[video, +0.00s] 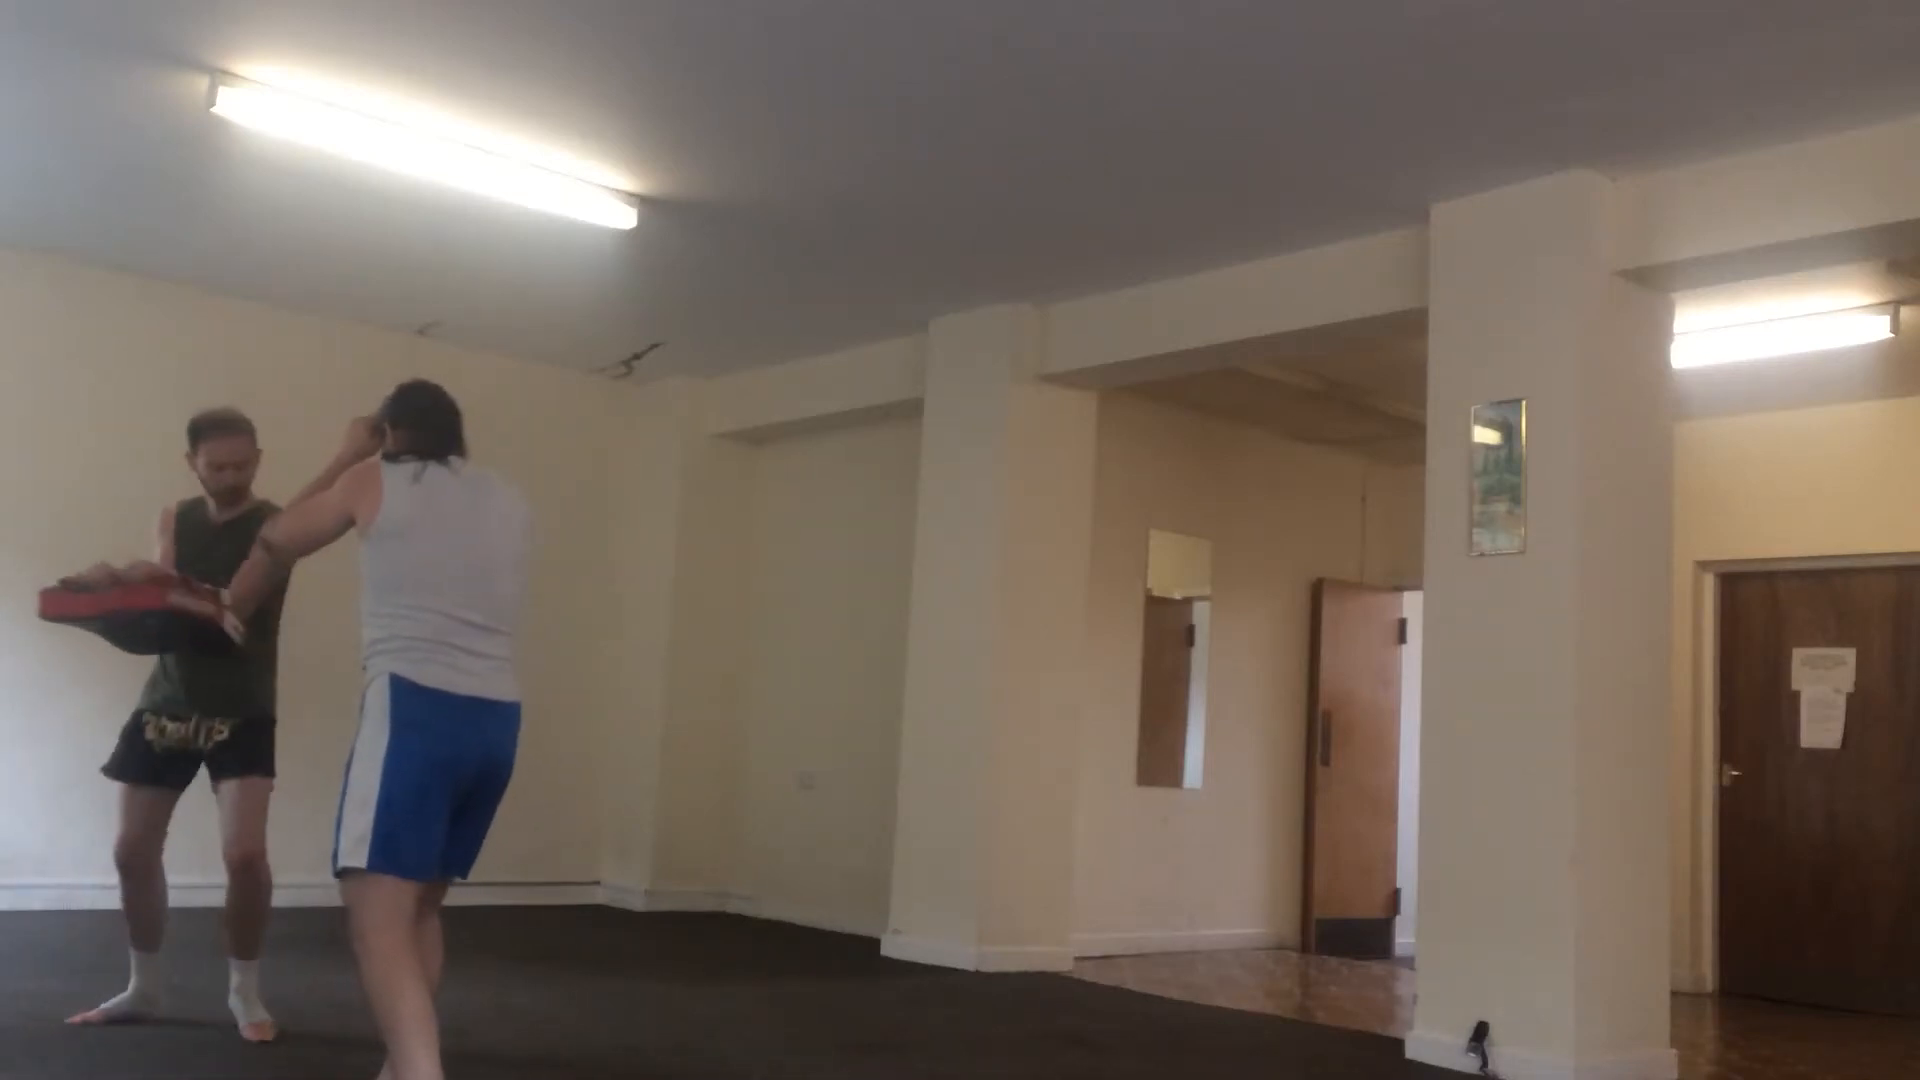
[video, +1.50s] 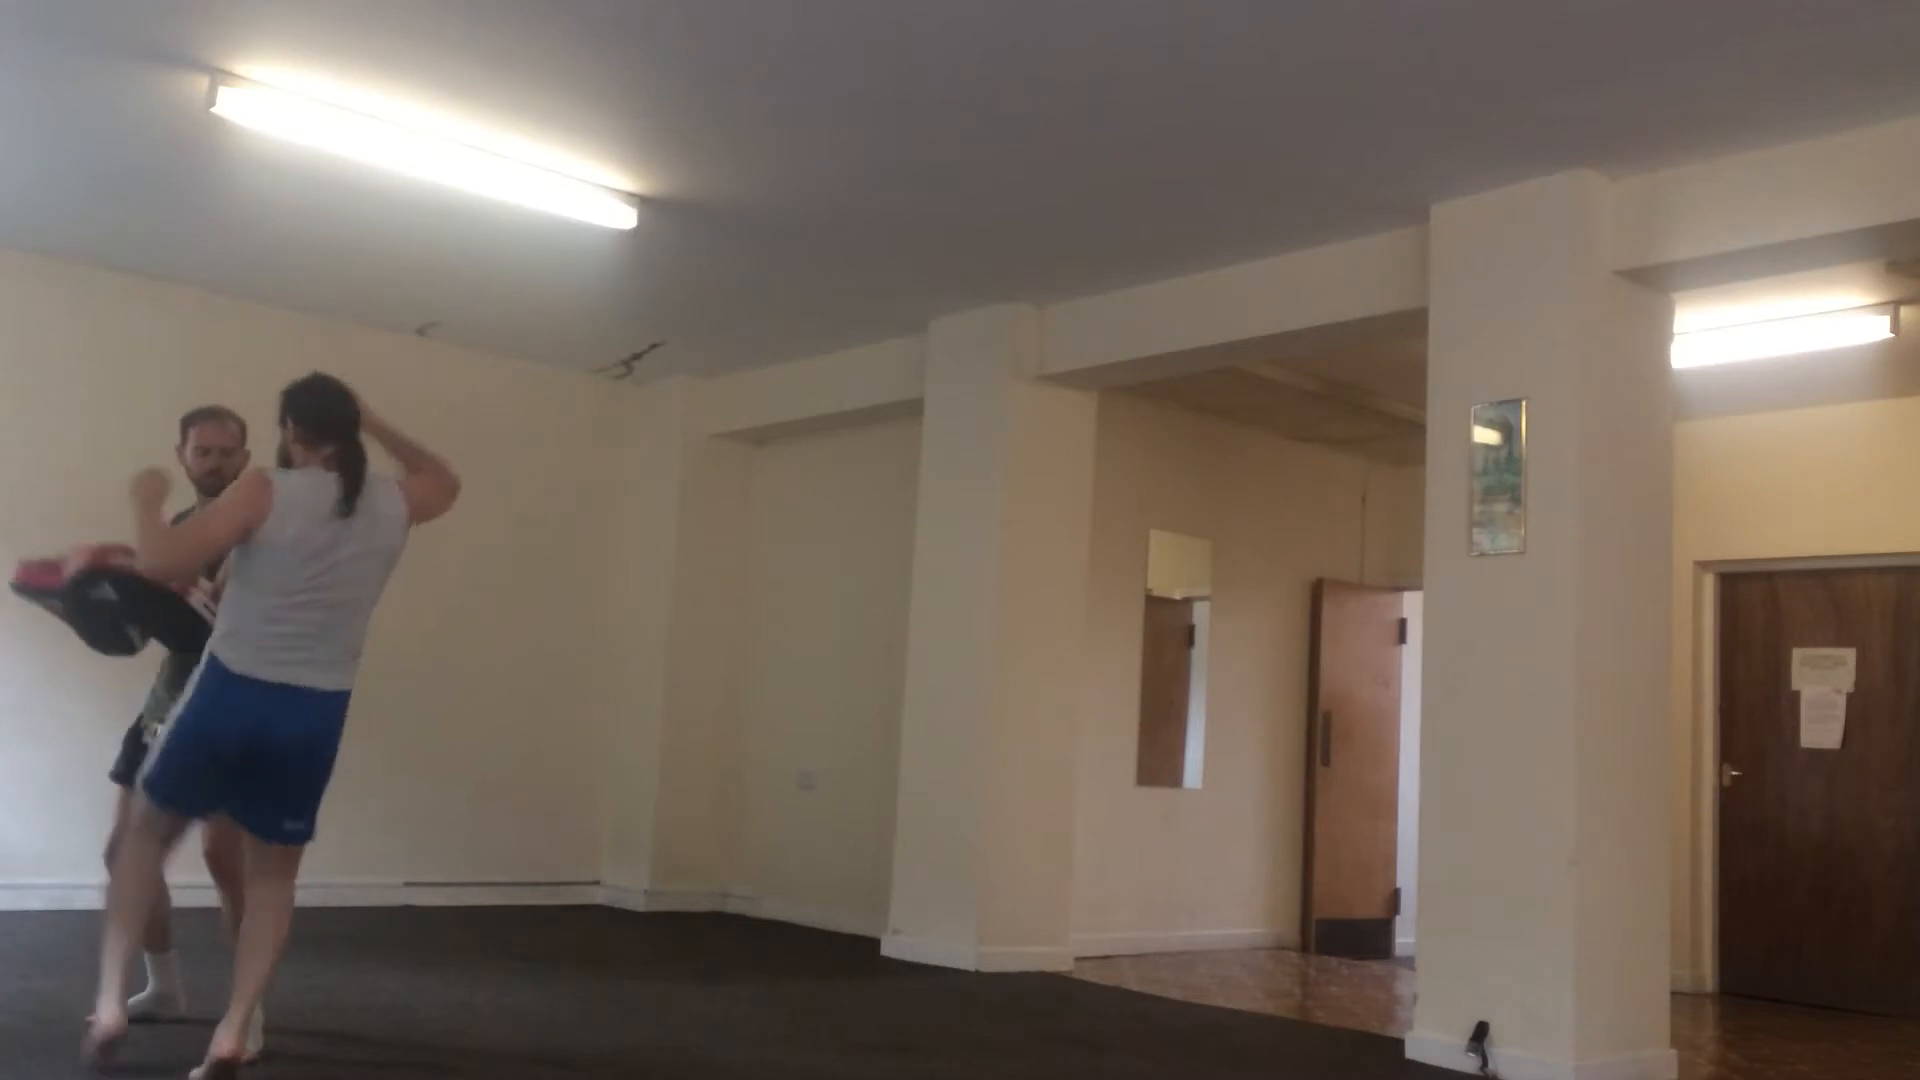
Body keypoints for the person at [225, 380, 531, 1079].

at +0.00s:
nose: (376, 437)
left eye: (380, 430)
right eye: (380, 429)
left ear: (390, 434)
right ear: (458, 436)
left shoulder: (375, 481)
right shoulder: (510, 501)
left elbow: (280, 535)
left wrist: (341, 463)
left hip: (409, 714)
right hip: (494, 723)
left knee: (378, 921)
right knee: (423, 908)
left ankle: (421, 1071)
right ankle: (405, 1062)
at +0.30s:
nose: (372, 439)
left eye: (375, 431)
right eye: (375, 431)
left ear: (385, 435)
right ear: (454, 436)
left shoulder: (371, 478)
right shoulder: (509, 505)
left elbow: (266, 535)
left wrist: (327, 461)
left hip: (409, 712)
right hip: (493, 723)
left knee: (380, 927)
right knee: (422, 913)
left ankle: (418, 1071)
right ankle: (405, 1063)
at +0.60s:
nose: (353, 445)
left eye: (359, 439)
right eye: (357, 439)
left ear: (369, 450)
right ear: (436, 457)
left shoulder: (343, 494)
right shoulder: (475, 517)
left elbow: (249, 535)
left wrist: (316, 467)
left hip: (384, 727)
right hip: (470, 736)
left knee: (339, 936)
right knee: (375, 911)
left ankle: (406, 1072)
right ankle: (348, 1066)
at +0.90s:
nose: (348, 473)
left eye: (352, 465)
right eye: (357, 465)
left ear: (359, 474)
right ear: (424, 488)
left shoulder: (308, 510)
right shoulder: (448, 559)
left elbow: (207, 475)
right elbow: (542, 564)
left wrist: (250, 472)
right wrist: (491, 493)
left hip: (286, 748)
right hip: (363, 767)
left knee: (240, 945)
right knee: (268, 904)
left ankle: (355, 1055)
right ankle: (230, 1056)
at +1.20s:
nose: (300, 440)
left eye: (300, 431)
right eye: (300, 432)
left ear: (316, 427)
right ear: (373, 424)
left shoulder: (313, 468)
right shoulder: (428, 478)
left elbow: (250, 533)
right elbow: (488, 443)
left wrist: (181, 620)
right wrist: (407, 391)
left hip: (233, 664)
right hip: (308, 704)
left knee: (181, 574)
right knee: (256, 861)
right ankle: (215, 1028)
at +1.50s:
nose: (279, 440)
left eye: (281, 429)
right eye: (285, 429)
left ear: (293, 434)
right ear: (354, 434)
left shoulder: (266, 493)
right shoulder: (391, 503)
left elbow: (161, 562)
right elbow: (443, 481)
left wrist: (148, 497)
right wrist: (376, 428)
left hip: (228, 703)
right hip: (315, 718)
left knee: (145, 836)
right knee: (275, 874)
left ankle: (111, 1000)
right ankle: (236, 1030)